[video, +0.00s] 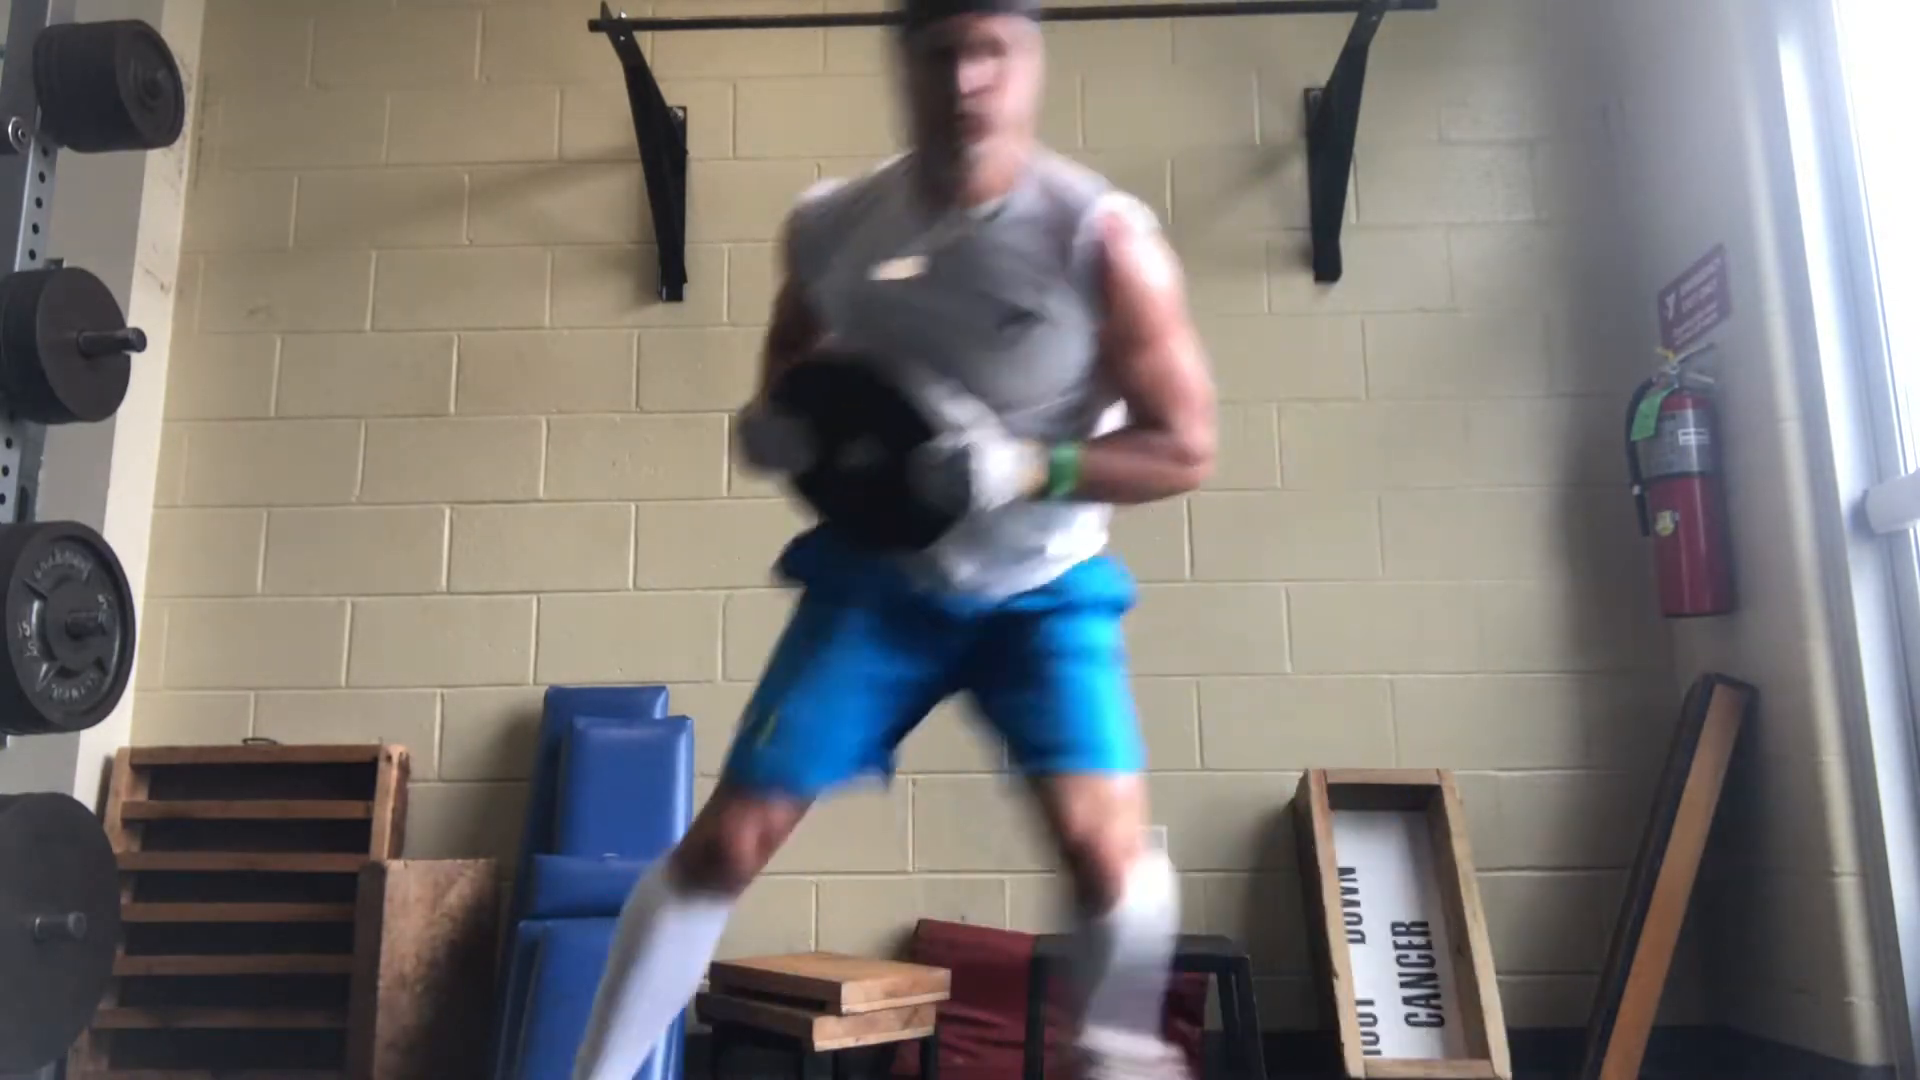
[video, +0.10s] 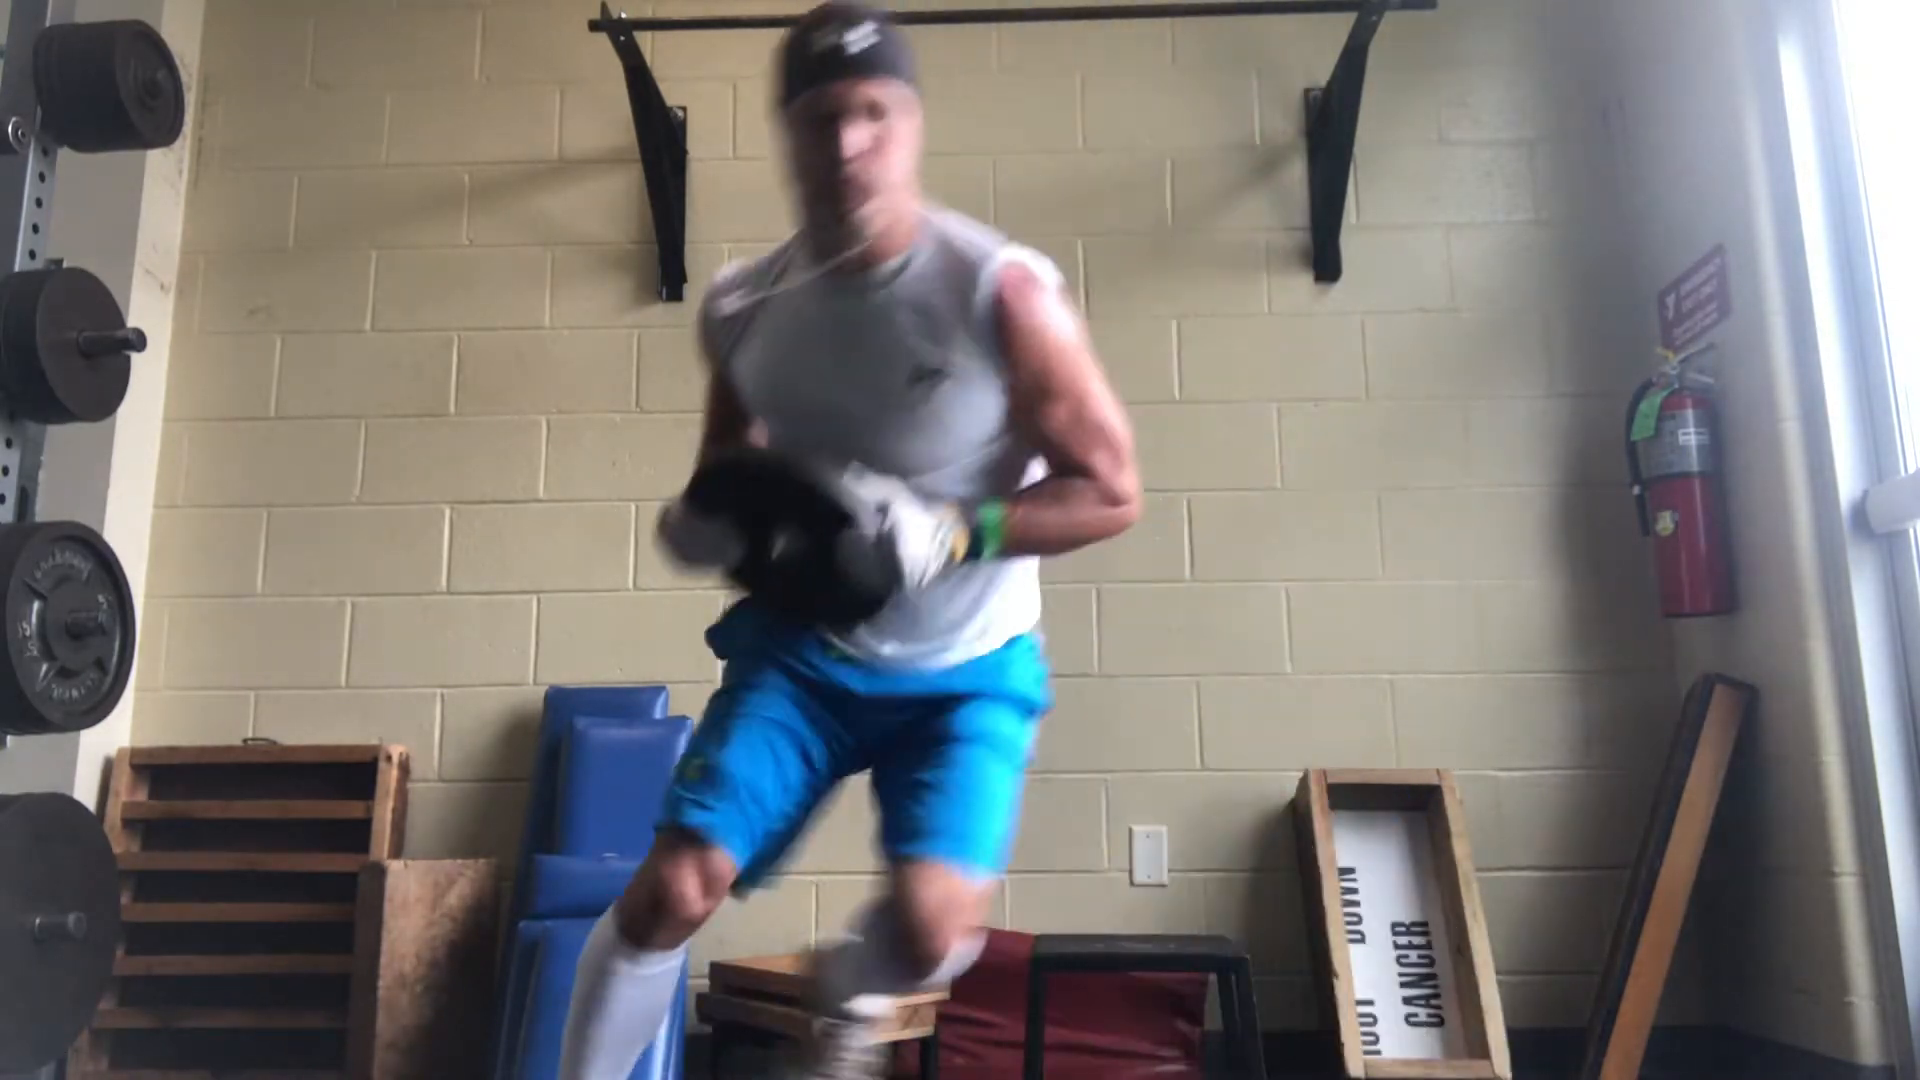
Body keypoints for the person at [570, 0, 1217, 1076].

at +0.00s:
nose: (967, 80)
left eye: (992, 53)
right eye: (940, 54)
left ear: (1032, 67)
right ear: (904, 70)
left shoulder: (1104, 235)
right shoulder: (829, 232)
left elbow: (1185, 448)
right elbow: (774, 410)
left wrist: (1025, 465)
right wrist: (783, 435)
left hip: (1047, 593)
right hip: (875, 583)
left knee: (1109, 854)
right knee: (730, 840)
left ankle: (1110, 1061)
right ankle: (598, 1076)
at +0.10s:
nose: (849, 142)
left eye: (874, 115)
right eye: (824, 117)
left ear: (914, 126)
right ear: (788, 135)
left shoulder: (1004, 293)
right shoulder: (740, 311)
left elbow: (1111, 493)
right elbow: (722, 480)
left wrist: (953, 530)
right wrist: (710, 524)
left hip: (970, 673)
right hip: (800, 654)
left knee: (933, 930)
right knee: (674, 892)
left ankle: (832, 989)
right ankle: (589, 1074)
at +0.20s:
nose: (787, 170)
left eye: (812, 138)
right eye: (758, 145)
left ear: (855, 145)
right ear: (725, 168)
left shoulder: (965, 304)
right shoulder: (708, 343)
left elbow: (1098, 482)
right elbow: (709, 496)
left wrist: (955, 552)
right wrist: (698, 569)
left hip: (945, 678)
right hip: (781, 671)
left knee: (887, 923)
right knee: (667, 899)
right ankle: (586, 1079)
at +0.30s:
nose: (821, 142)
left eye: (845, 108)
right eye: (791, 116)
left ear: (887, 115)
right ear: (758, 138)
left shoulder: (998, 271)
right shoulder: (726, 315)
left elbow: (1141, 426)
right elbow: (722, 465)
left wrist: (1026, 500)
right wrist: (752, 527)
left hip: (992, 639)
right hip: (820, 645)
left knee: (1033, 871)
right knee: (693, 888)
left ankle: (1091, 1011)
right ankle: (598, 1072)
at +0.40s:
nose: (923, 88)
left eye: (944, 56)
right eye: (894, 64)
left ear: (989, 66)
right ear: (861, 85)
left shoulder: (1089, 223)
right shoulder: (799, 251)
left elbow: (1234, 360)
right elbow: (774, 409)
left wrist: (1140, 435)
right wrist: (846, 458)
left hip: (1077, 584)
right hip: (889, 597)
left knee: (1189, 803)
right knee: (761, 844)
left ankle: (1327, 1053)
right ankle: (632, 1068)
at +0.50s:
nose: (1050, 76)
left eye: (1075, 47)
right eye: (1023, 50)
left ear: (1117, 65)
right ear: (987, 69)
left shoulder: (1198, 234)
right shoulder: (896, 235)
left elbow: (1311, 366)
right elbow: (852, 410)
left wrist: (1270, 431)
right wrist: (952, 453)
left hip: (1148, 596)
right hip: (967, 601)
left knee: (1286, 841)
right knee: (854, 850)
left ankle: (1448, 1070)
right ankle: (823, 1044)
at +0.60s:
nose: (1165, 117)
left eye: (1190, 88)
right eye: (1136, 90)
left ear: (1229, 112)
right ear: (1092, 108)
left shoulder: (1287, 290)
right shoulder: (988, 273)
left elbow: (1353, 429)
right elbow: (924, 468)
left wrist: (1354, 501)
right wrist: (1060, 519)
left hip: (1223, 649)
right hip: (1038, 658)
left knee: (1347, 876)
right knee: (978, 921)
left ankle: (1466, 1073)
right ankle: (1019, 1036)